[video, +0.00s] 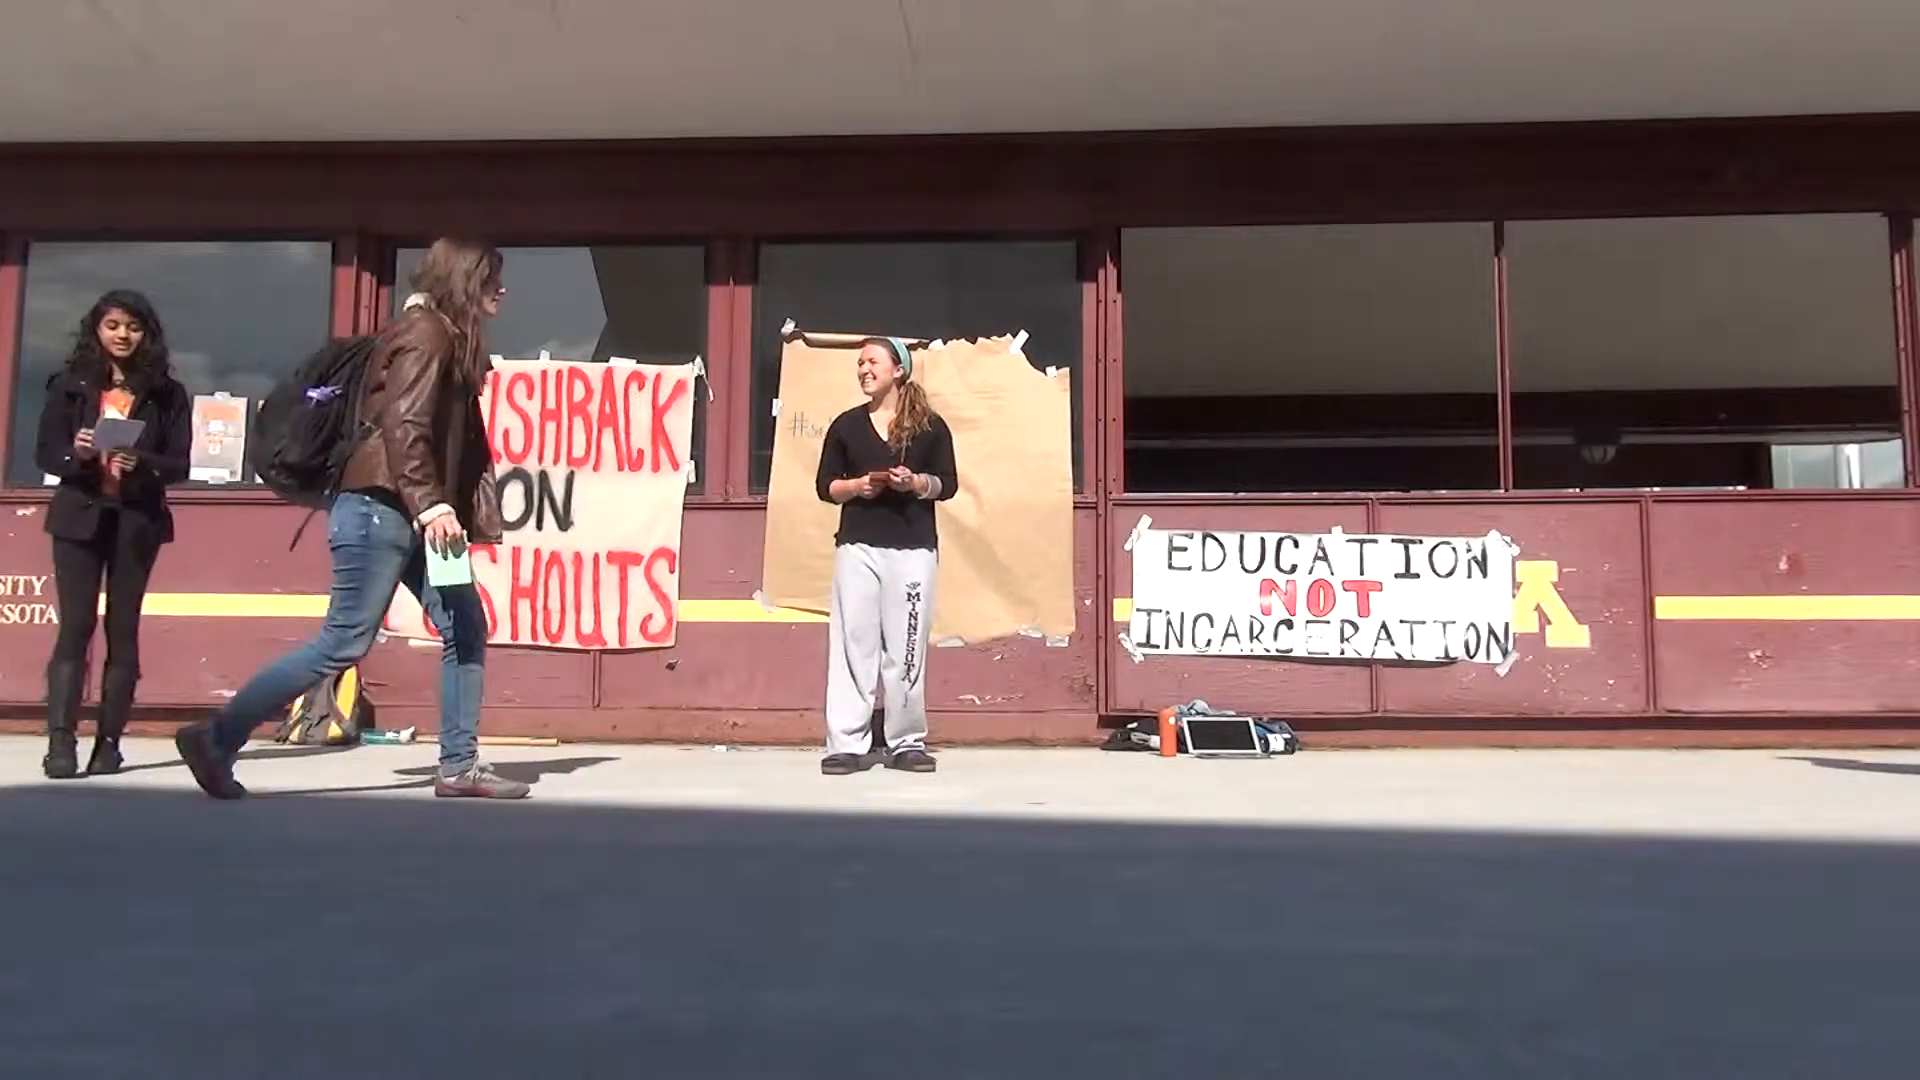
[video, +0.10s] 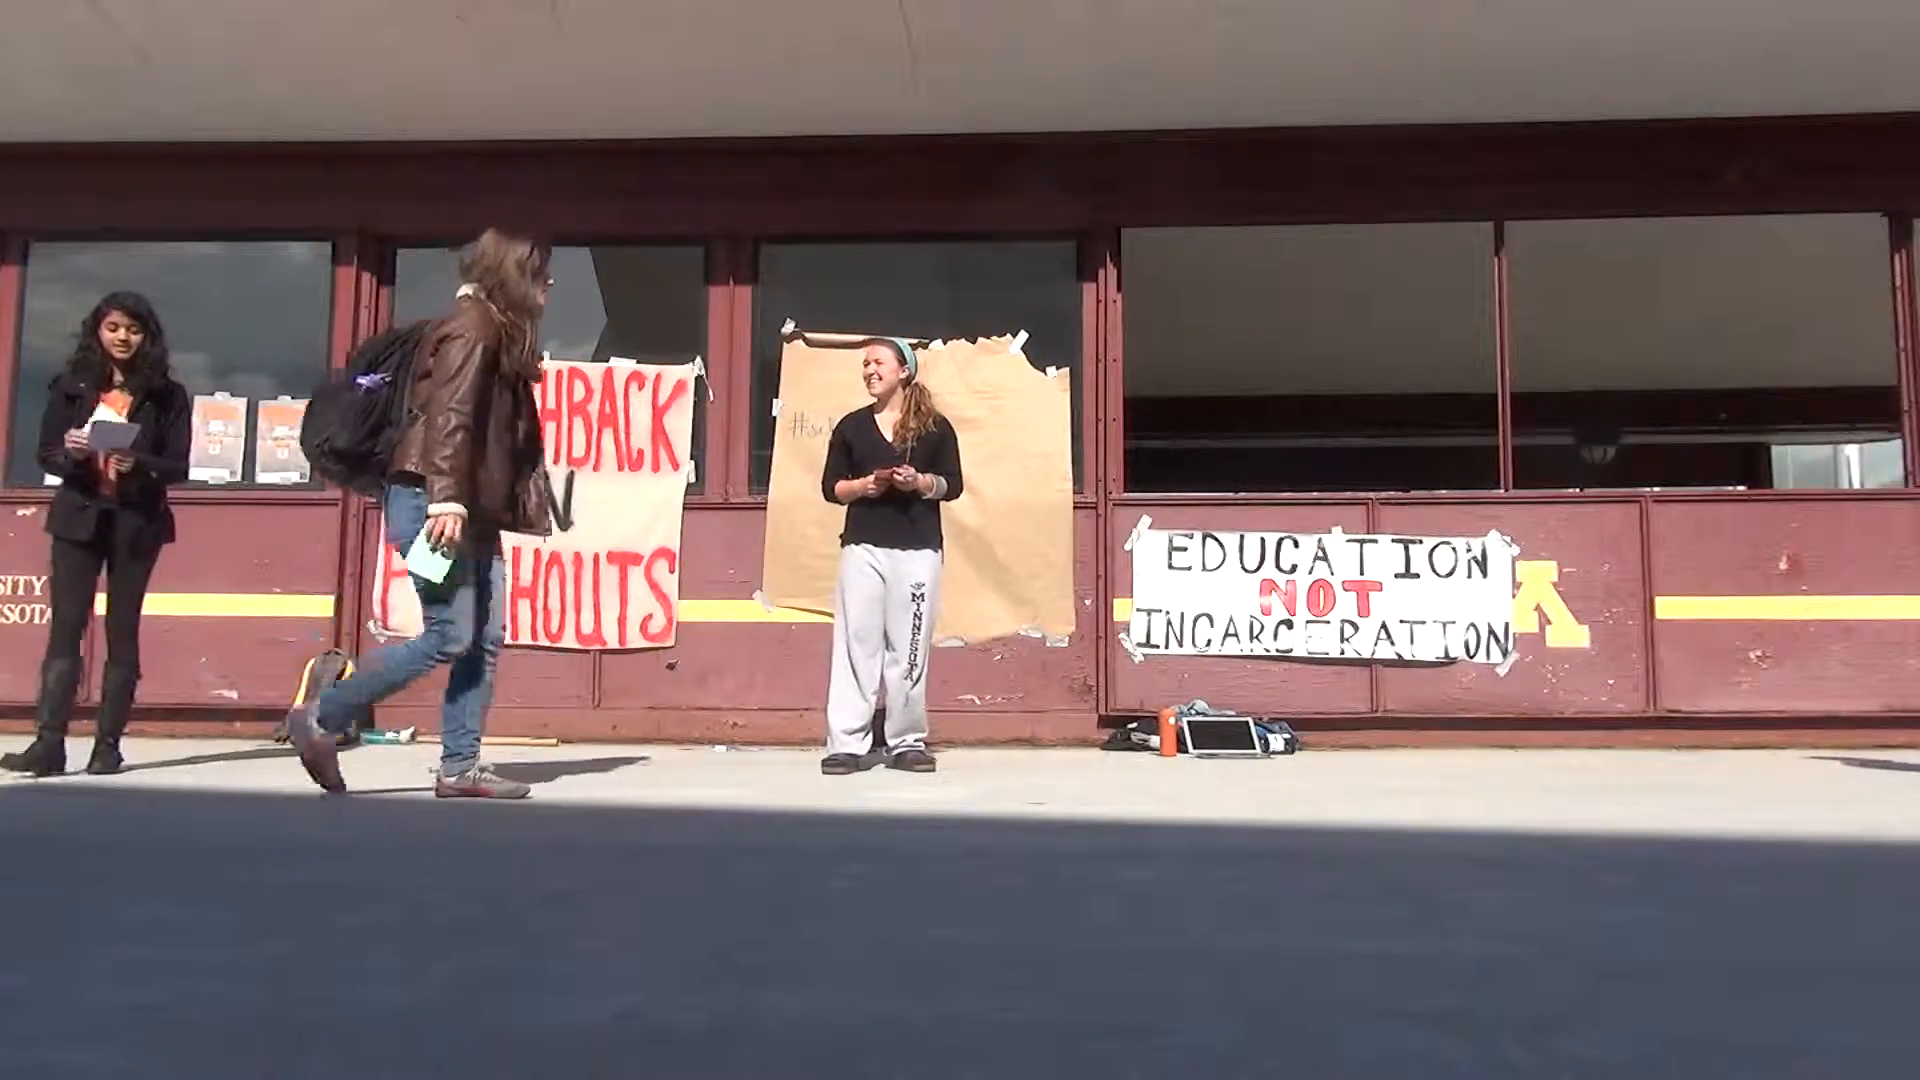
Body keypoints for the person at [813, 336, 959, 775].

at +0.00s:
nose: (863, 370)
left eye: (871, 362)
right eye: (861, 363)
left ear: (898, 369)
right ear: (864, 371)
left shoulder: (930, 426)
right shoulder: (845, 426)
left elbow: (947, 485)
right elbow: (826, 487)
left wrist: (919, 484)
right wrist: (856, 486)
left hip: (912, 549)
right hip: (857, 547)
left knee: (907, 646)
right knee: (855, 645)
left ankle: (905, 742)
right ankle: (847, 744)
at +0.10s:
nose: (868, 370)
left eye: (877, 363)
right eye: (866, 364)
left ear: (904, 370)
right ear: (867, 373)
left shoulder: (935, 427)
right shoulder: (850, 427)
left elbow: (952, 485)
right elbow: (832, 488)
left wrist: (921, 483)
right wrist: (863, 486)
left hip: (917, 550)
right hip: (862, 547)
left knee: (910, 646)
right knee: (858, 644)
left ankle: (906, 742)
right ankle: (848, 744)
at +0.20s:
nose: (874, 371)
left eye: (883, 364)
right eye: (871, 365)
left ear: (909, 371)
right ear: (870, 373)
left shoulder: (940, 428)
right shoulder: (855, 428)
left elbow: (957, 487)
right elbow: (837, 489)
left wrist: (925, 482)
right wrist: (867, 487)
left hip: (921, 550)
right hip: (867, 547)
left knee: (913, 646)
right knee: (861, 644)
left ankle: (907, 742)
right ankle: (849, 744)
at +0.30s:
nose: (877, 372)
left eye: (886, 365)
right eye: (875, 365)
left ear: (912, 372)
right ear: (875, 374)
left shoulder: (944, 429)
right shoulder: (860, 429)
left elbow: (961, 488)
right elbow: (842, 492)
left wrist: (928, 482)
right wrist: (871, 489)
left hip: (926, 550)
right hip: (871, 547)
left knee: (916, 645)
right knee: (864, 644)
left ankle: (908, 742)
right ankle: (849, 744)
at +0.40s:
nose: (881, 374)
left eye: (890, 367)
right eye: (879, 367)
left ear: (916, 374)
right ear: (878, 375)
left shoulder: (948, 430)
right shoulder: (864, 430)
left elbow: (965, 490)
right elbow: (845, 493)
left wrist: (931, 482)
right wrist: (874, 490)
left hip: (929, 550)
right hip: (874, 548)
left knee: (917, 647)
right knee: (865, 644)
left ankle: (908, 742)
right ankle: (849, 744)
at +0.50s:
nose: (886, 375)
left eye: (895, 369)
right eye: (883, 368)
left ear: (920, 376)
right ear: (881, 376)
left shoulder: (950, 431)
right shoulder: (866, 431)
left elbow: (968, 490)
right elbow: (848, 493)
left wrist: (934, 483)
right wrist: (877, 490)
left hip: (930, 551)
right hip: (876, 548)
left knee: (919, 646)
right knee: (866, 643)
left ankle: (908, 741)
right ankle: (849, 743)